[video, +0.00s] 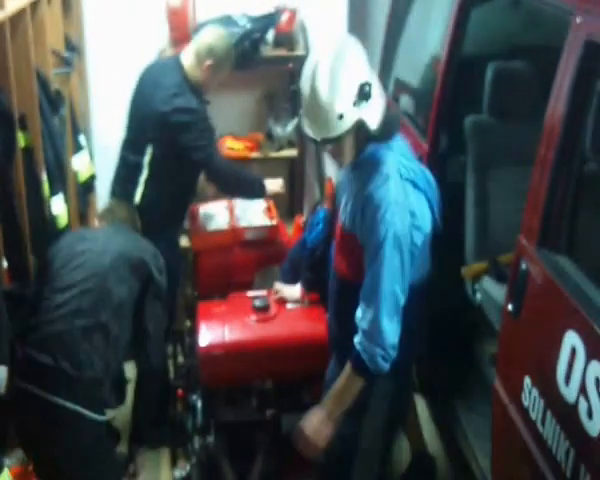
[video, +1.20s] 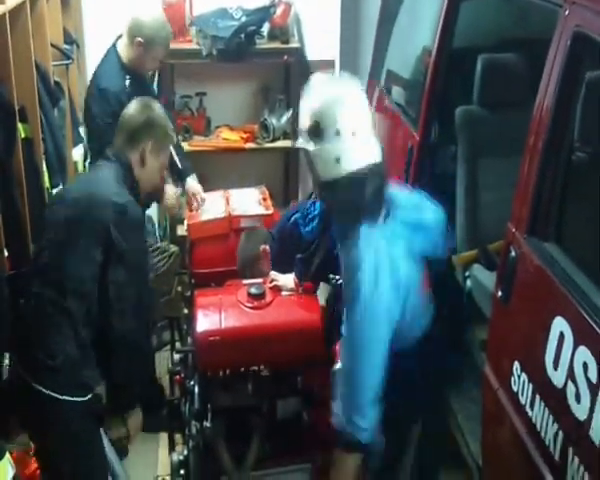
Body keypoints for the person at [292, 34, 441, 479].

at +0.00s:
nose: (325, 145)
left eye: (332, 133)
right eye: (323, 134)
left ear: (356, 118)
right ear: (364, 109)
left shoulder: (391, 196)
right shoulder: (367, 157)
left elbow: (379, 335)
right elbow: (329, 218)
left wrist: (328, 413)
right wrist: (292, 276)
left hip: (379, 356)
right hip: (354, 331)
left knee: (357, 459)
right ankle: (418, 457)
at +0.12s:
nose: (308, 125)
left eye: (316, 113)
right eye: (309, 111)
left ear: (348, 112)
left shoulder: (389, 192)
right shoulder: (350, 166)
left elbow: (380, 340)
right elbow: (322, 224)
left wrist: (321, 412)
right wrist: (291, 277)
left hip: (377, 383)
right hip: (345, 361)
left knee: (364, 466)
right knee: (343, 459)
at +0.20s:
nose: (327, 192)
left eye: (337, 179)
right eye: (318, 179)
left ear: (362, 168)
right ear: (307, 169)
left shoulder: (393, 234)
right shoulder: (322, 210)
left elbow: (386, 366)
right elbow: (300, 261)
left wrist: (326, 433)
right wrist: (291, 283)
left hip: (387, 390)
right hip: (337, 370)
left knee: (385, 470)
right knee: (341, 465)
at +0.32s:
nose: (335, 177)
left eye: (343, 163)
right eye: (325, 165)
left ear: (364, 148)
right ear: (313, 153)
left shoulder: (401, 203)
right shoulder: (322, 193)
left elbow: (410, 313)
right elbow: (311, 284)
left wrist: (378, 428)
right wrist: (311, 364)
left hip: (387, 361)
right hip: (333, 358)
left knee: (388, 464)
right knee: (335, 459)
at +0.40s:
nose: (336, 154)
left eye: (345, 141)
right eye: (327, 142)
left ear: (369, 117)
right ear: (314, 124)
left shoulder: (409, 175)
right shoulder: (325, 172)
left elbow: (419, 291)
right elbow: (310, 271)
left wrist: (412, 417)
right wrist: (310, 359)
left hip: (392, 355)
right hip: (335, 354)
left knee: (396, 464)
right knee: (339, 463)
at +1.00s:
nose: (323, 140)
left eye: (328, 127)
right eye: (318, 128)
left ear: (360, 119)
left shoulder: (411, 179)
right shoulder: (358, 172)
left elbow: (411, 316)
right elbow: (346, 280)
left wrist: (378, 436)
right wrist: (329, 372)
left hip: (399, 362)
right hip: (361, 351)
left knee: (388, 466)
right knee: (344, 454)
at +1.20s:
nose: (351, 201)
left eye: (363, 185)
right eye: (339, 190)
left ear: (378, 177)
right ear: (322, 188)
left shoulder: (372, 242)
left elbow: (366, 340)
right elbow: (438, 226)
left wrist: (351, 441)